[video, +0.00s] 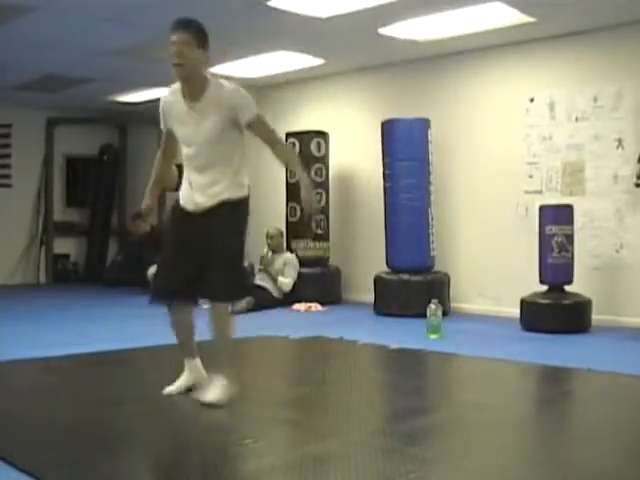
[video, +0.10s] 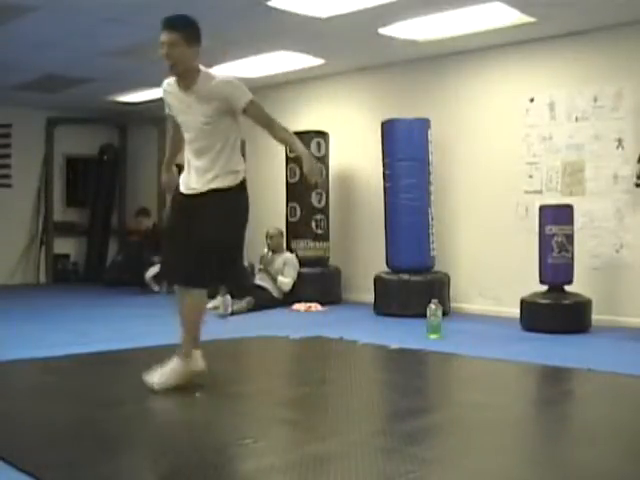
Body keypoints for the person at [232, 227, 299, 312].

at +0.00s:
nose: (268, 242)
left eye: (272, 238)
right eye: (267, 238)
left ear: (281, 238)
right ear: (266, 239)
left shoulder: (290, 259)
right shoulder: (267, 254)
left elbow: (286, 287)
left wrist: (267, 270)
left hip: (271, 294)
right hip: (255, 286)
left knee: (249, 302)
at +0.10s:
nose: (268, 241)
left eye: (272, 238)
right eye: (267, 238)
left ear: (281, 239)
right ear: (265, 240)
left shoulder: (290, 258)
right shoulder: (266, 255)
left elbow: (286, 286)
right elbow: (259, 276)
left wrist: (268, 270)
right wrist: (259, 268)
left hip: (272, 292)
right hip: (256, 286)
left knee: (250, 301)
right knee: (234, 290)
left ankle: (232, 309)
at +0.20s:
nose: (268, 241)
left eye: (272, 237)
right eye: (267, 238)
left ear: (281, 239)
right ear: (265, 239)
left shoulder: (289, 258)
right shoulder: (266, 255)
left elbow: (286, 286)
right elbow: (259, 277)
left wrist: (267, 270)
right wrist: (256, 269)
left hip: (272, 293)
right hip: (256, 286)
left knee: (250, 301)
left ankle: (231, 309)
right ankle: (220, 303)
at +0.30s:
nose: (268, 241)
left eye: (272, 237)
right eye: (267, 238)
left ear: (281, 238)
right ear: (265, 239)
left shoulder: (289, 258)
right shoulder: (266, 255)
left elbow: (284, 285)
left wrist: (269, 267)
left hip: (270, 293)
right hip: (255, 286)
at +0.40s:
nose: (269, 240)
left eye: (273, 237)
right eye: (268, 237)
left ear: (281, 239)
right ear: (267, 239)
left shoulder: (289, 258)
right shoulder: (265, 255)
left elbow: (282, 282)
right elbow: (257, 277)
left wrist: (269, 267)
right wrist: (258, 265)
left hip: (271, 292)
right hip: (256, 286)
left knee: (250, 301)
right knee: (235, 262)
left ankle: (233, 310)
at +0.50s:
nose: (270, 240)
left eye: (273, 236)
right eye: (269, 236)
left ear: (282, 238)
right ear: (267, 238)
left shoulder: (289, 257)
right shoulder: (264, 254)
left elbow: (282, 280)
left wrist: (269, 266)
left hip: (271, 294)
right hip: (255, 287)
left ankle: (231, 307)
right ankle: (226, 303)